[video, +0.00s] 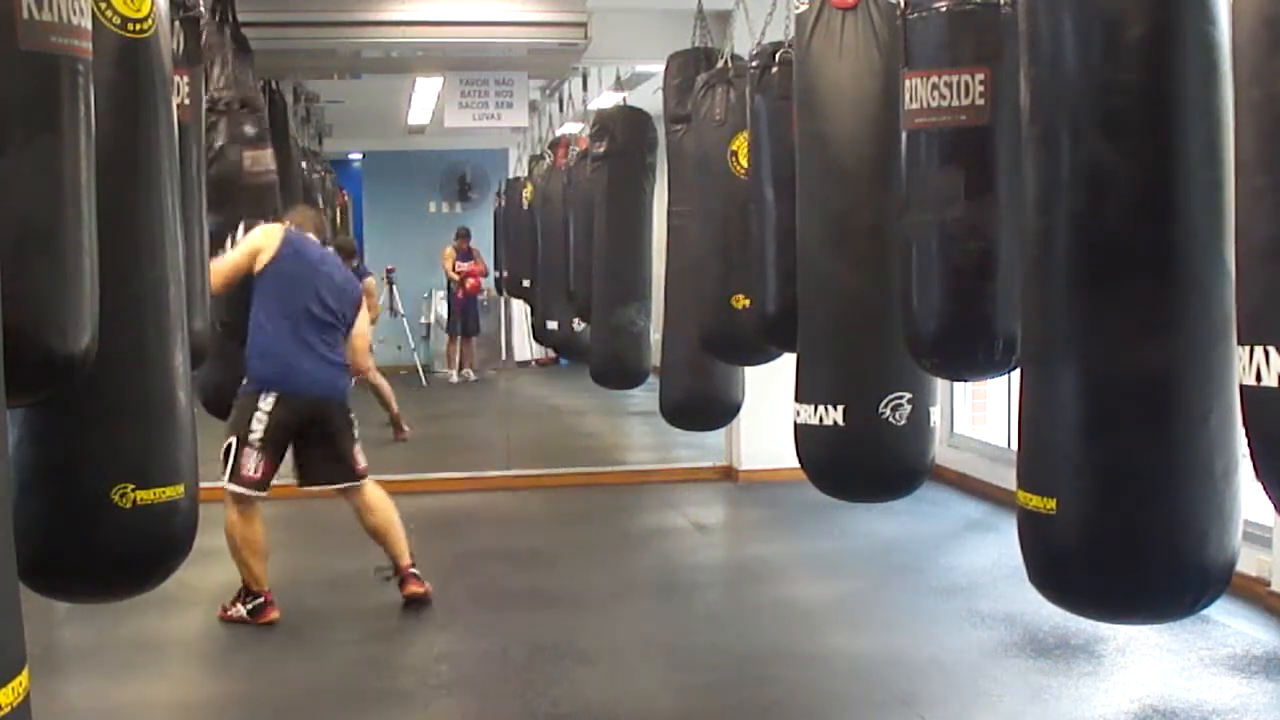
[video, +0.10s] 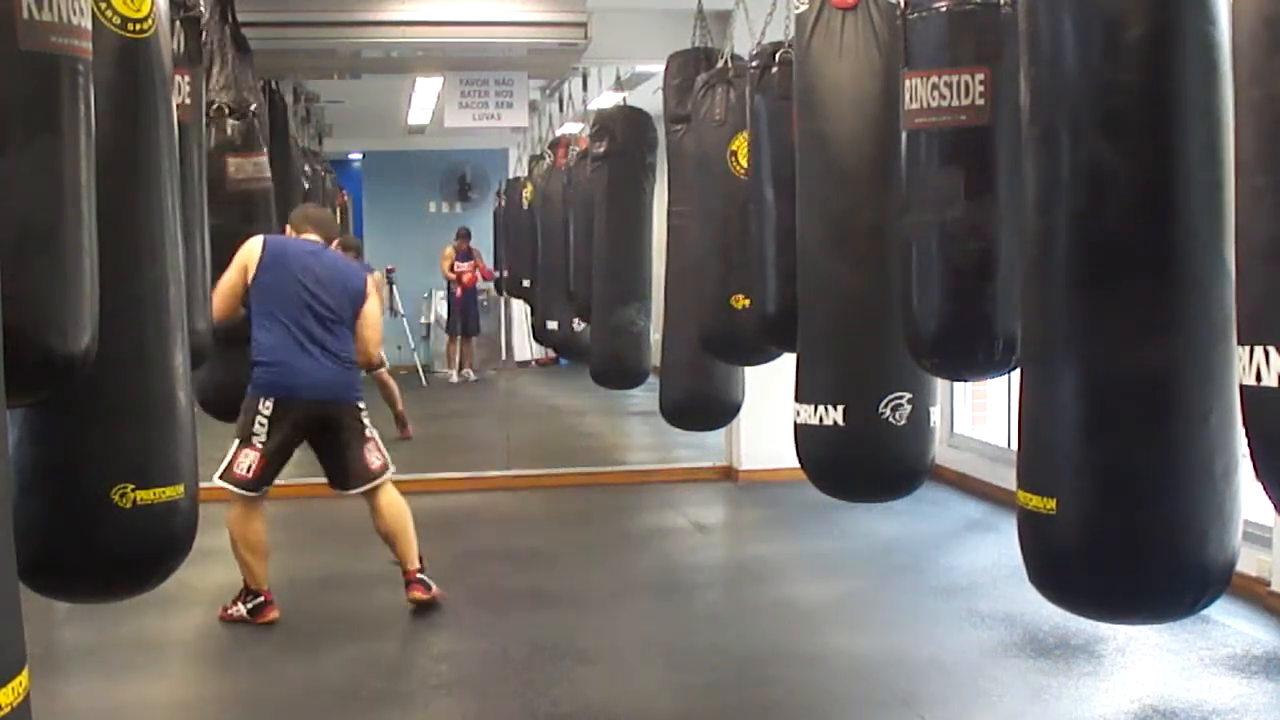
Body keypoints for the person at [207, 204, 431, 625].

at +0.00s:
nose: (281, 226)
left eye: (283, 223)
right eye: (285, 223)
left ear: (289, 226)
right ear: (324, 235)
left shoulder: (272, 236)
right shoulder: (353, 287)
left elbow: (214, 280)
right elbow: (361, 363)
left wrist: (231, 252)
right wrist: (395, 411)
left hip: (271, 389)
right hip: (329, 396)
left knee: (241, 498)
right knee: (359, 486)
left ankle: (256, 596)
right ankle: (409, 572)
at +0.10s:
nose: (283, 234)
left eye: (285, 229)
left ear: (290, 231)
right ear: (334, 241)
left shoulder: (258, 247)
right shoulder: (359, 276)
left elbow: (219, 312)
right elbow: (370, 353)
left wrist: (255, 293)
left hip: (276, 392)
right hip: (339, 394)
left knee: (244, 497)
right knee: (379, 486)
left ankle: (256, 595)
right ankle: (416, 577)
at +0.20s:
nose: (297, 232)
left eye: (298, 226)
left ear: (302, 227)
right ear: (349, 233)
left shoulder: (268, 255)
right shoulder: (376, 269)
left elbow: (236, 324)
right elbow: (392, 340)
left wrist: (280, 321)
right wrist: (350, 349)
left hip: (288, 394)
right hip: (353, 397)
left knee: (255, 499)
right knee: (393, 492)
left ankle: (256, 594)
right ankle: (427, 581)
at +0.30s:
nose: (317, 230)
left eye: (318, 224)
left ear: (321, 226)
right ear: (369, 229)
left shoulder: (290, 260)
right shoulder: (398, 267)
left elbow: (262, 329)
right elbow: (420, 338)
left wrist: (306, 322)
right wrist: (381, 340)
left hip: (311, 400)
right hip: (376, 402)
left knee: (268, 498)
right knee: (413, 497)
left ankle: (259, 593)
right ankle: (431, 594)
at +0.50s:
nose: (349, 205)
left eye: (349, 199)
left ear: (354, 200)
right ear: (401, 201)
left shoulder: (329, 241)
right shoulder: (437, 243)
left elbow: (305, 315)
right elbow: (461, 310)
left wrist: (342, 291)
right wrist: (418, 291)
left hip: (351, 388)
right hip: (416, 391)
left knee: (312, 484)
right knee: (435, 494)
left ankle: (297, 588)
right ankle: (436, 592)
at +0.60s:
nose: (358, 196)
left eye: (358, 191)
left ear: (364, 192)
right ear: (409, 193)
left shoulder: (338, 232)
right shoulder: (447, 234)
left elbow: (310, 303)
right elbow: (471, 299)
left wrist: (339, 267)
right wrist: (456, 257)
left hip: (364, 384)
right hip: (425, 386)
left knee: (336, 484)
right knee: (445, 488)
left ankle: (352, 579)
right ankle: (449, 581)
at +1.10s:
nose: (367, 225)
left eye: (369, 219)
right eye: (370, 221)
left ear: (378, 218)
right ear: (421, 225)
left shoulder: (345, 250)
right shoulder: (451, 262)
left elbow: (299, 312)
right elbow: (470, 324)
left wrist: (334, 284)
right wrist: (433, 295)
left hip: (352, 398)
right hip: (417, 402)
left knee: (308, 484)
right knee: (447, 500)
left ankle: (303, 581)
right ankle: (461, 594)